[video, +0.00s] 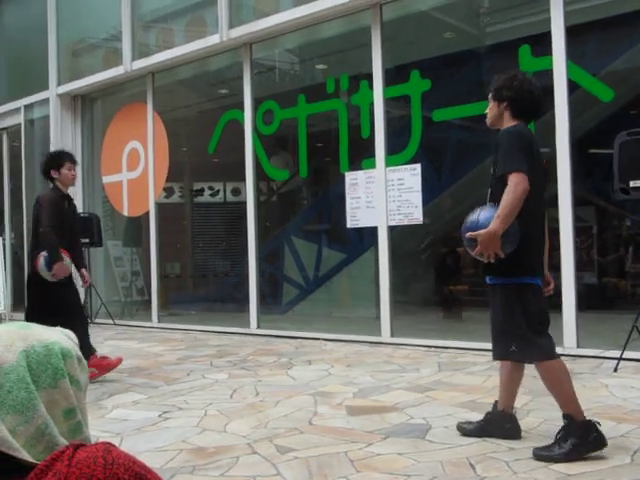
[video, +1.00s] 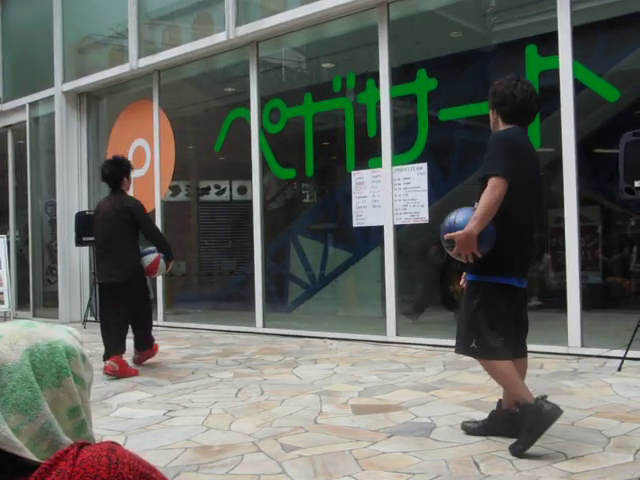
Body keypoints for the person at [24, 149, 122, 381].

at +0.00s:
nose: (74, 174)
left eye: (74, 169)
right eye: (69, 169)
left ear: (72, 172)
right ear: (54, 173)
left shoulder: (66, 200)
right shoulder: (48, 198)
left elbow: (73, 237)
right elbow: (46, 233)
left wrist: (81, 266)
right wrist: (57, 260)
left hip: (57, 267)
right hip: (49, 268)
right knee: (74, 313)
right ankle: (89, 357)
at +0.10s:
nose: (89, 177)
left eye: (89, 173)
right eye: (85, 172)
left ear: (77, 177)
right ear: (70, 175)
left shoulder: (75, 201)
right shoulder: (66, 200)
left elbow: (78, 238)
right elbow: (71, 234)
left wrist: (85, 276)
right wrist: (84, 261)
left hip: (65, 270)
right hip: (63, 270)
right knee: (86, 316)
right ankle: (103, 361)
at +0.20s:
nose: (107, 179)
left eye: (107, 175)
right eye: (103, 174)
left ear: (92, 177)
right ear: (89, 176)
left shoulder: (89, 201)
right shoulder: (85, 201)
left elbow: (95, 239)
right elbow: (93, 233)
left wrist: (102, 277)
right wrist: (108, 257)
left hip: (75, 273)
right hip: (81, 274)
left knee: (63, 323)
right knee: (97, 320)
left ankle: (49, 365)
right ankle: (112, 364)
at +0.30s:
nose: (120, 181)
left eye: (120, 177)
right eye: (118, 176)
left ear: (104, 179)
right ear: (105, 178)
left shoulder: (97, 201)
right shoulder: (100, 201)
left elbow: (102, 242)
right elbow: (111, 230)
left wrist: (117, 275)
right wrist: (130, 254)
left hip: (90, 272)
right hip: (95, 273)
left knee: (87, 320)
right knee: (110, 318)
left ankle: (64, 360)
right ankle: (120, 364)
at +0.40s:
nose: (125, 179)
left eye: (125, 174)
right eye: (122, 174)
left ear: (109, 177)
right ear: (111, 177)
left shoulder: (101, 200)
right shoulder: (109, 199)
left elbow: (107, 241)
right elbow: (123, 230)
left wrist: (124, 271)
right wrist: (143, 252)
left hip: (95, 270)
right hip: (103, 269)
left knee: (107, 315)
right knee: (120, 312)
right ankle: (121, 362)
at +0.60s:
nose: (125, 175)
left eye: (124, 170)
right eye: (122, 171)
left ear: (106, 176)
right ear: (112, 175)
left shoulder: (102, 200)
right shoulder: (116, 198)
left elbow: (110, 238)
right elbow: (135, 225)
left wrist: (130, 260)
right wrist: (157, 247)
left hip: (103, 268)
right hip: (118, 267)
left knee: (115, 315)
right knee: (144, 309)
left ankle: (116, 362)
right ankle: (142, 356)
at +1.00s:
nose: (131, 180)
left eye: (129, 176)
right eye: (129, 176)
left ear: (108, 181)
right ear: (124, 180)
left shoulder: (101, 207)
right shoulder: (131, 205)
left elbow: (105, 240)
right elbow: (151, 232)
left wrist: (135, 255)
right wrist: (168, 253)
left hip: (106, 271)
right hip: (129, 270)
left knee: (111, 313)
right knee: (141, 306)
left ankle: (113, 358)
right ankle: (144, 348)